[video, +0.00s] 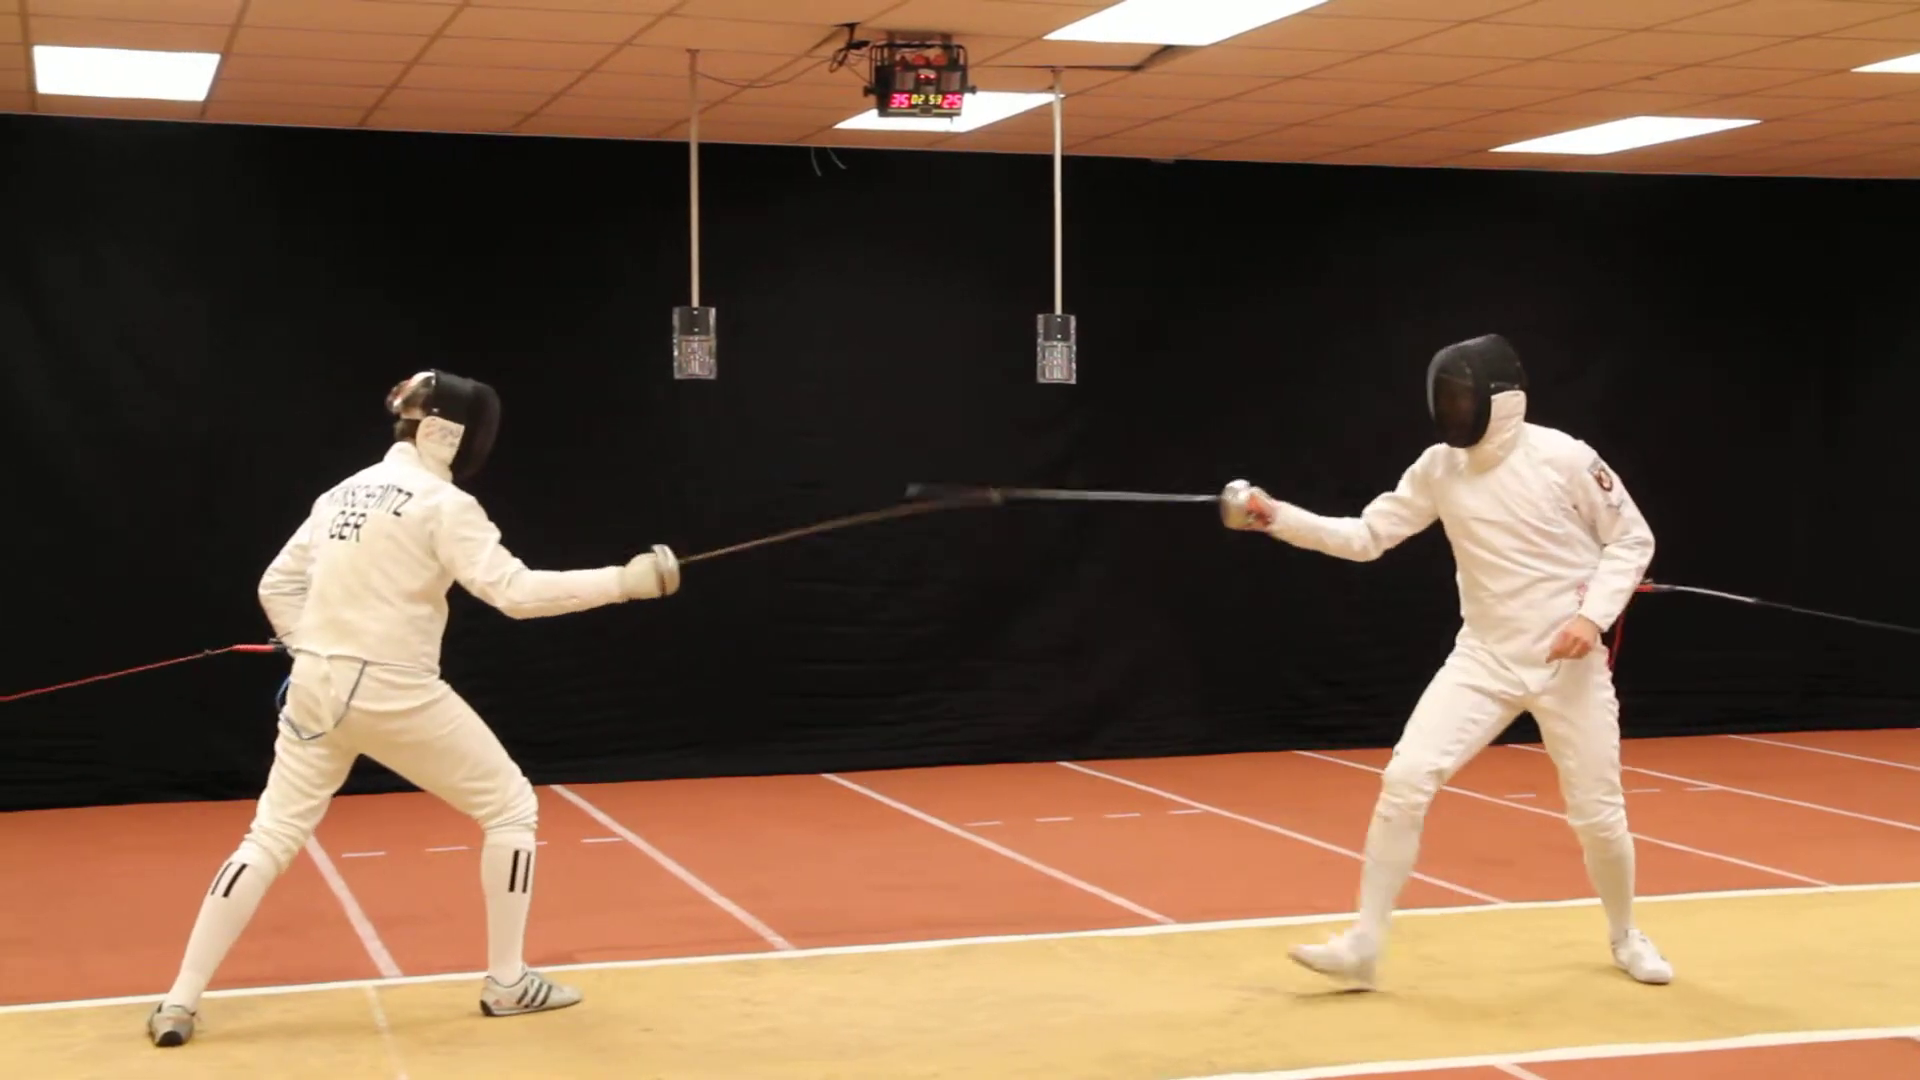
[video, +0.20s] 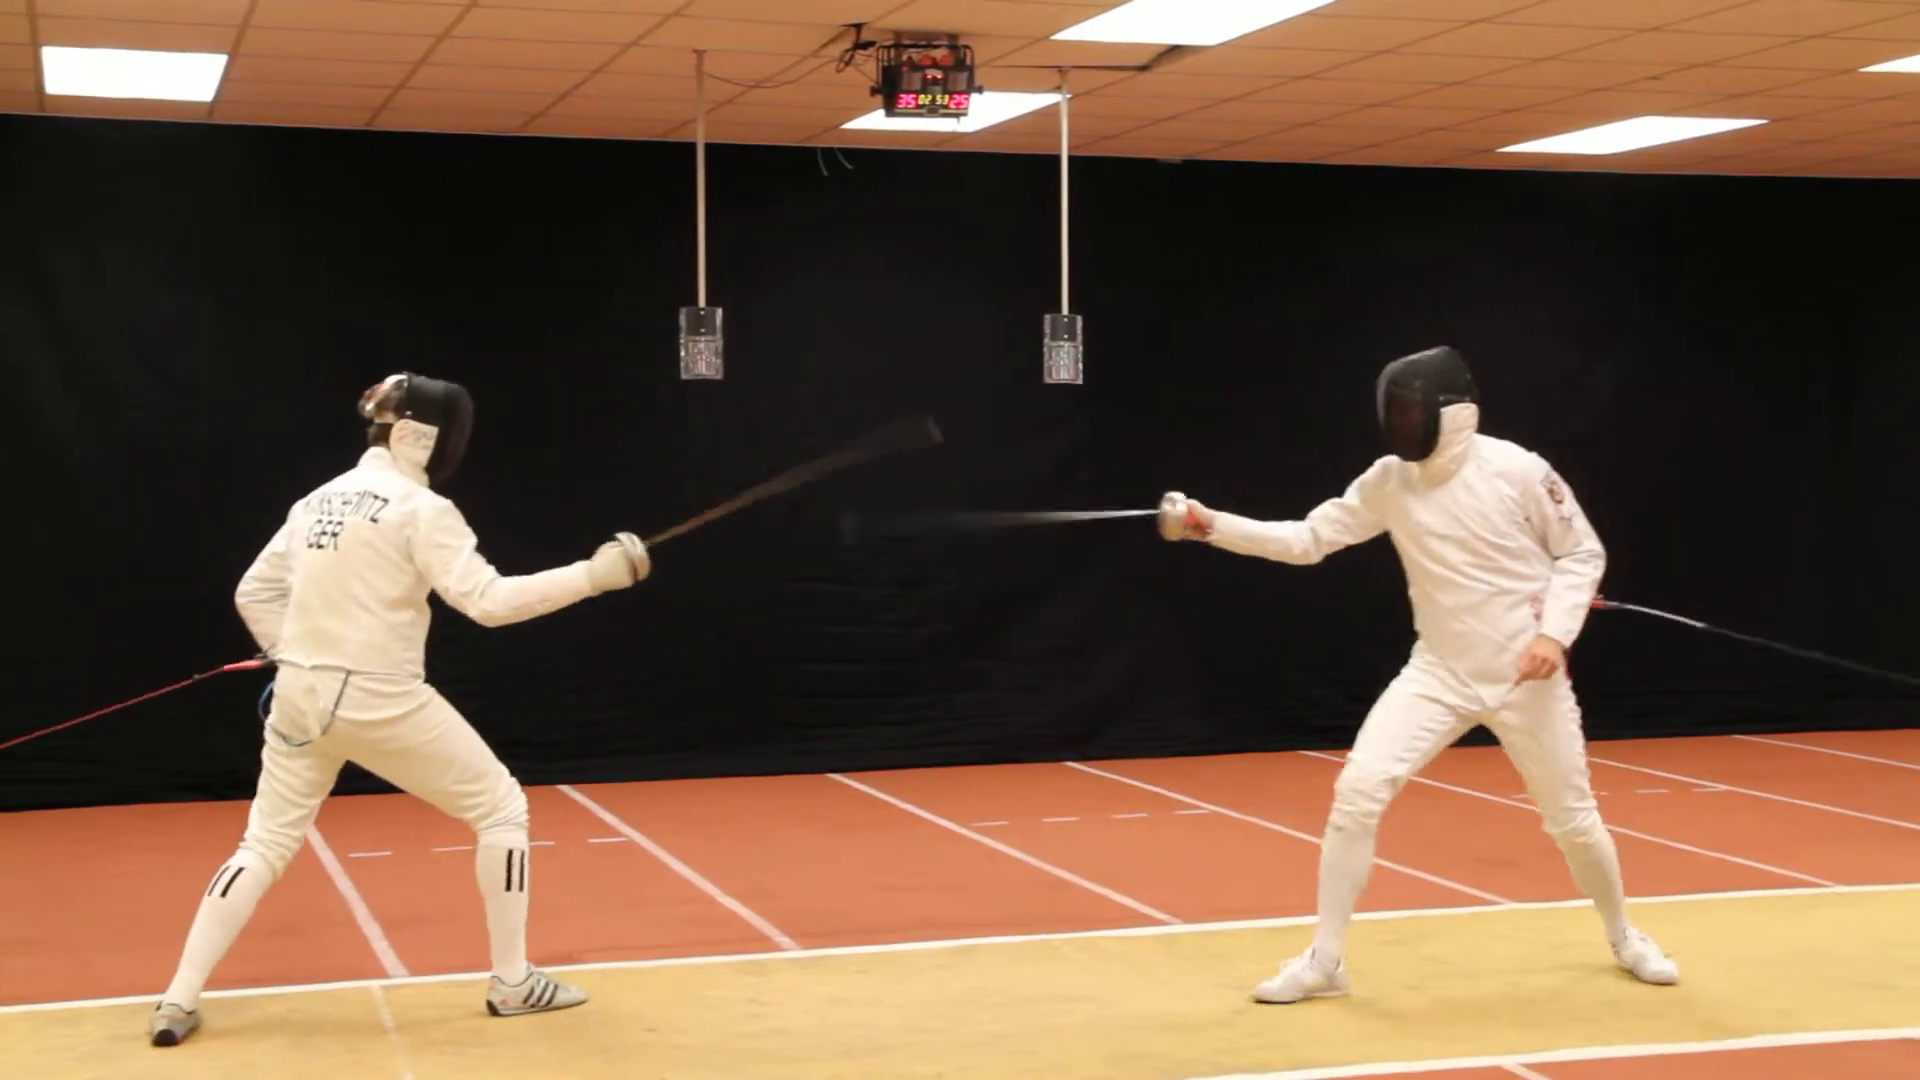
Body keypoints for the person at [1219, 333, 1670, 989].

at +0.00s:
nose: (1448, 408)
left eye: (1460, 394)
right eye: (1444, 394)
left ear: (1500, 395)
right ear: (1446, 397)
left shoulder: (1565, 459)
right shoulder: (1439, 470)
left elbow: (1634, 540)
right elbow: (1366, 537)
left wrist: (1592, 616)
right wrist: (1276, 517)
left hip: (1570, 664)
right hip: (1481, 661)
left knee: (1600, 815)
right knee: (1405, 781)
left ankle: (1626, 937)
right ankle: (1365, 944)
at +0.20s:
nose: (1394, 425)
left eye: (1407, 411)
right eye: (1391, 411)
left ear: (1450, 413)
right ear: (1393, 416)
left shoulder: (1517, 473)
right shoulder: (1388, 483)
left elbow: (1582, 555)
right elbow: (1307, 539)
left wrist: (1554, 634)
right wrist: (1205, 523)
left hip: (1529, 680)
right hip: (1437, 675)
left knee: (1576, 825)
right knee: (1358, 792)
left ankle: (1624, 937)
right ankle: (1325, 957)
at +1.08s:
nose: (1407, 427)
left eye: (1418, 413)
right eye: (1404, 414)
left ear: (1462, 413)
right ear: (1410, 416)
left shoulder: (1535, 473)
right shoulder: (1410, 491)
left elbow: (1604, 558)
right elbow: (1369, 576)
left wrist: (1562, 634)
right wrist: (1282, 559)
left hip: (1562, 677)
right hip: (1469, 677)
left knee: (1607, 824)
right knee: (1393, 805)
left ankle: (1642, 930)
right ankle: (1331, 957)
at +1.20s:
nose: (1445, 423)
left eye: (1459, 409)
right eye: (1442, 410)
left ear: (1505, 410)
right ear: (1442, 413)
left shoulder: (1568, 472)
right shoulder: (1442, 488)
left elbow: (1644, 551)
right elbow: (1392, 569)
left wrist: (1598, 626)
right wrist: (1307, 546)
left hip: (1590, 675)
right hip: (1500, 675)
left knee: (1623, 826)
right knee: (1425, 785)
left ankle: (1642, 933)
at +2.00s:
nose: (1392, 445)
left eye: (1404, 431)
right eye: (1388, 432)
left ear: (1448, 430)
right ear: (1391, 436)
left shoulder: (1519, 483)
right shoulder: (1392, 504)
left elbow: (1592, 560)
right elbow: (1312, 566)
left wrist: (1580, 644)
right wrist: (1215, 551)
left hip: (1554, 684)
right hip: (1461, 686)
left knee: (1612, 829)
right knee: (1375, 792)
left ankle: (1635, 938)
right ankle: (1375, 958)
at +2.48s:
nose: (1444, 435)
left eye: (1456, 420)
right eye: (1441, 422)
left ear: (1499, 419)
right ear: (1442, 426)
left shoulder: (1573, 476)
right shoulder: (1448, 497)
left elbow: (1644, 556)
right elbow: (1394, 577)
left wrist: (1606, 629)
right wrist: (1303, 552)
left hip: (1608, 677)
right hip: (1515, 679)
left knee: (1660, 825)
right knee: (1438, 798)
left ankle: (1694, 922)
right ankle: (1390, 954)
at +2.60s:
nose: (1480, 431)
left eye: (1494, 417)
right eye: (1478, 418)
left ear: (1539, 417)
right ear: (1484, 421)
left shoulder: (1610, 475)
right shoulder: (1485, 493)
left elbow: (1685, 550)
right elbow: (1426, 570)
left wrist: (1645, 626)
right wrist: (1337, 548)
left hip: (1641, 676)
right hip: (1551, 674)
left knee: (1676, 823)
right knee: (1474, 783)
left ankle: (1698, 929)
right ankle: (1466, 949)